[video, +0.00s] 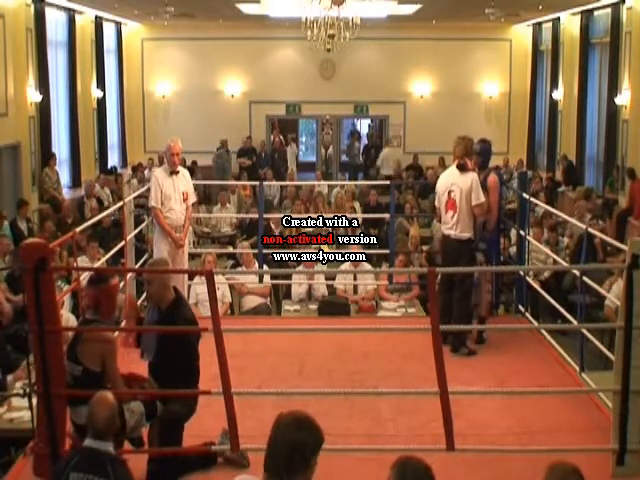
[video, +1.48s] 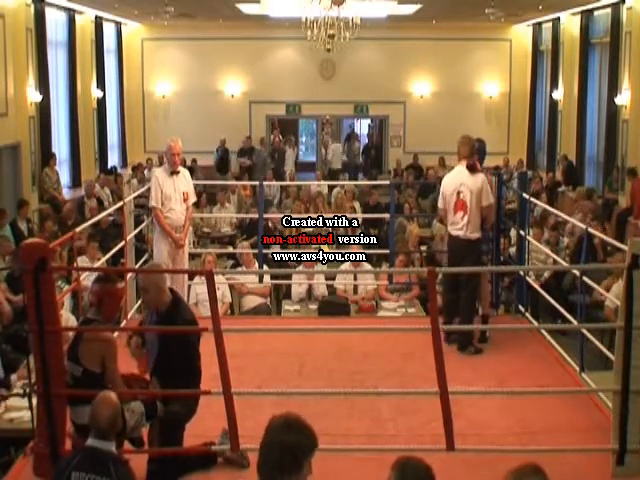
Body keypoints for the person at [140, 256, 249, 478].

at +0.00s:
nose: (146, 288)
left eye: (150, 282)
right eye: (145, 282)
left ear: (166, 282)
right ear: (148, 281)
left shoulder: (181, 319)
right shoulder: (154, 308)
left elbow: (185, 371)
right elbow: (144, 346)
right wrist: (135, 320)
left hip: (177, 398)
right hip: (160, 393)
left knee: (160, 469)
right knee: (160, 467)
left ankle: (217, 451)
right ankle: (215, 449)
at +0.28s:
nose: (145, 289)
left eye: (149, 283)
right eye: (144, 283)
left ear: (163, 284)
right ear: (148, 283)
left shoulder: (181, 320)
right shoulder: (158, 308)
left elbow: (184, 374)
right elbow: (149, 349)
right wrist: (135, 338)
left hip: (178, 399)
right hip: (161, 393)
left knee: (160, 469)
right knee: (159, 467)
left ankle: (217, 452)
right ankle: (214, 450)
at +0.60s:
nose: (142, 294)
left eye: (145, 288)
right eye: (141, 288)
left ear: (162, 287)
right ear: (159, 287)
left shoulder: (181, 321)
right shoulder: (158, 310)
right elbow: (153, 344)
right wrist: (135, 340)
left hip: (179, 399)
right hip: (162, 394)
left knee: (160, 470)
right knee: (159, 467)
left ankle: (217, 452)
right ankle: (215, 450)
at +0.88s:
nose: (141, 294)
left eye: (145, 288)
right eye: (140, 288)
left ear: (162, 287)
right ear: (159, 287)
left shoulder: (181, 321)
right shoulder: (158, 309)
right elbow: (157, 344)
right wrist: (138, 333)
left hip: (180, 399)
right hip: (163, 393)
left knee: (160, 470)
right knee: (159, 467)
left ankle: (217, 451)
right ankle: (215, 450)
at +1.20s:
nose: (142, 296)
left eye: (146, 290)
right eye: (141, 290)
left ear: (162, 288)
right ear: (160, 288)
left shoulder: (181, 322)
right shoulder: (158, 310)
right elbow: (156, 347)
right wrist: (140, 334)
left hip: (179, 400)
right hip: (163, 394)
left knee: (161, 470)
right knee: (158, 467)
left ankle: (216, 451)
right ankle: (215, 450)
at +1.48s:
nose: (142, 296)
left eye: (146, 291)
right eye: (140, 290)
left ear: (163, 289)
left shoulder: (180, 321)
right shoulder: (157, 309)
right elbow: (143, 331)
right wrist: (136, 342)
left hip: (178, 399)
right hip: (162, 393)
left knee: (159, 469)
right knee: (161, 466)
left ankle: (216, 452)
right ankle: (215, 450)